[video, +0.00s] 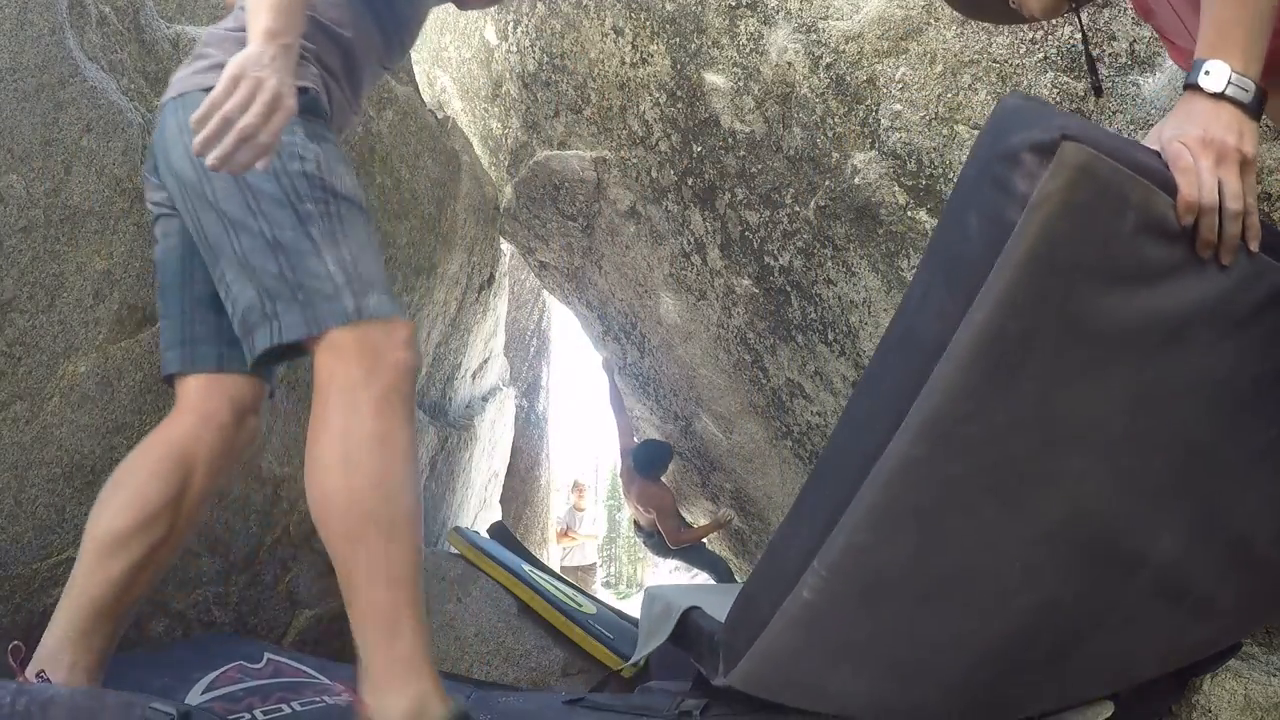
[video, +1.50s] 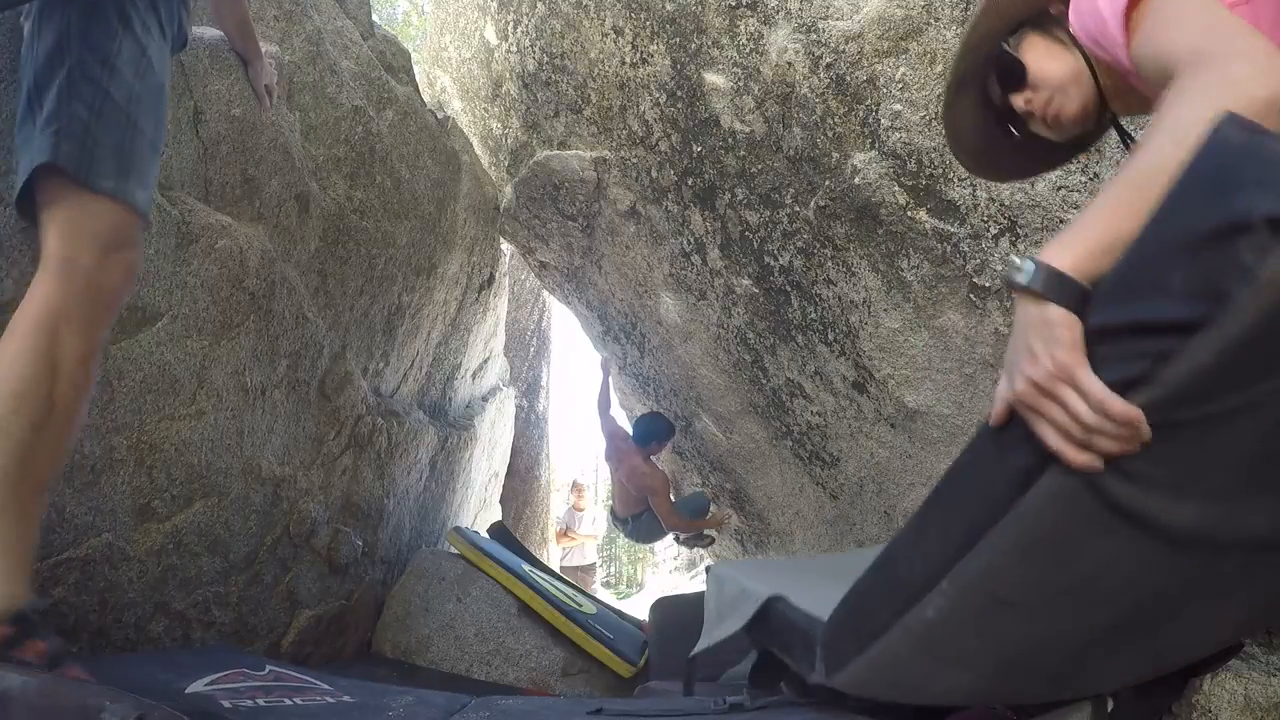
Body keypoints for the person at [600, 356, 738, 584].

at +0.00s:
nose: (668, 462)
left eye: (667, 457)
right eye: (666, 460)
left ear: (637, 452)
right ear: (660, 468)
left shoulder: (627, 460)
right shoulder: (660, 497)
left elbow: (620, 415)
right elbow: (676, 540)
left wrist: (610, 376)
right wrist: (715, 525)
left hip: (642, 530)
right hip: (662, 540)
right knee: (716, 564)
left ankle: (696, 546)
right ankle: (737, 599)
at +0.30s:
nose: (671, 468)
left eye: (672, 463)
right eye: (669, 464)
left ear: (643, 453)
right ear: (656, 465)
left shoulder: (628, 453)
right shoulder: (661, 494)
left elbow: (619, 412)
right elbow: (674, 539)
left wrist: (609, 374)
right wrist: (714, 526)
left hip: (644, 526)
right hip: (667, 535)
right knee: (725, 565)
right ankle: (739, 600)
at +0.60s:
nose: (666, 459)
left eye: (667, 455)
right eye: (665, 456)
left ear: (641, 447)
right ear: (656, 458)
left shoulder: (623, 448)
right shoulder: (658, 487)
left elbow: (614, 411)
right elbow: (670, 535)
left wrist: (607, 374)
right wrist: (710, 527)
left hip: (643, 523)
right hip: (666, 531)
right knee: (726, 560)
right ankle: (738, 601)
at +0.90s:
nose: (663, 452)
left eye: (664, 448)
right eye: (662, 448)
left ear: (638, 439)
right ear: (651, 449)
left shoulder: (618, 444)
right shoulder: (654, 482)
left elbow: (609, 409)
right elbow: (670, 528)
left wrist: (606, 374)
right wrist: (709, 525)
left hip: (636, 521)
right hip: (659, 530)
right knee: (723, 552)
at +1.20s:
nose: (664, 448)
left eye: (665, 444)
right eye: (663, 444)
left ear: (636, 432)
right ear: (652, 444)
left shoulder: (616, 440)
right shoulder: (653, 480)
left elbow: (604, 409)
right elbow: (673, 525)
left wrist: (605, 375)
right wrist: (710, 524)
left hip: (621, 518)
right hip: (644, 528)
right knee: (712, 534)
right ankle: (707, 584)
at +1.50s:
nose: (666, 446)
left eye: (667, 442)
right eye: (665, 442)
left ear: (637, 430)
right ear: (655, 445)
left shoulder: (616, 438)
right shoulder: (654, 478)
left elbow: (603, 411)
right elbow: (671, 524)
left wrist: (605, 375)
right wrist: (711, 524)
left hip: (616, 517)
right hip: (638, 528)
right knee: (701, 500)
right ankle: (689, 537)